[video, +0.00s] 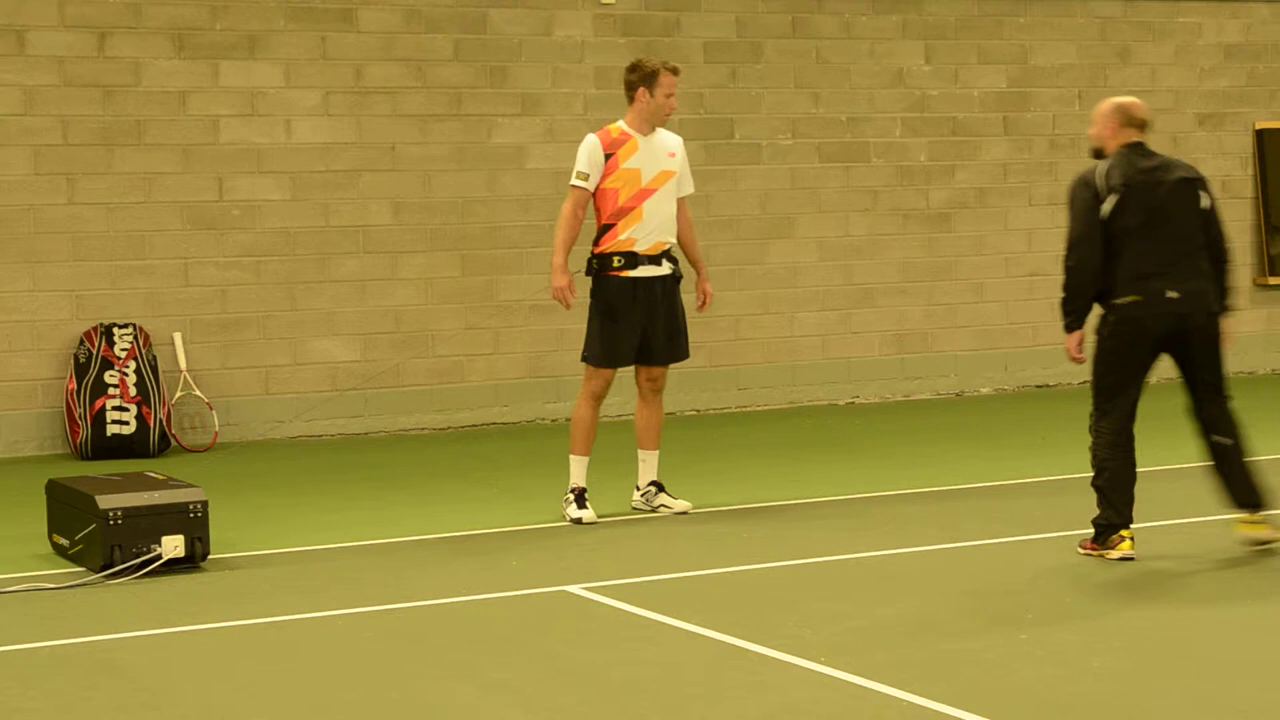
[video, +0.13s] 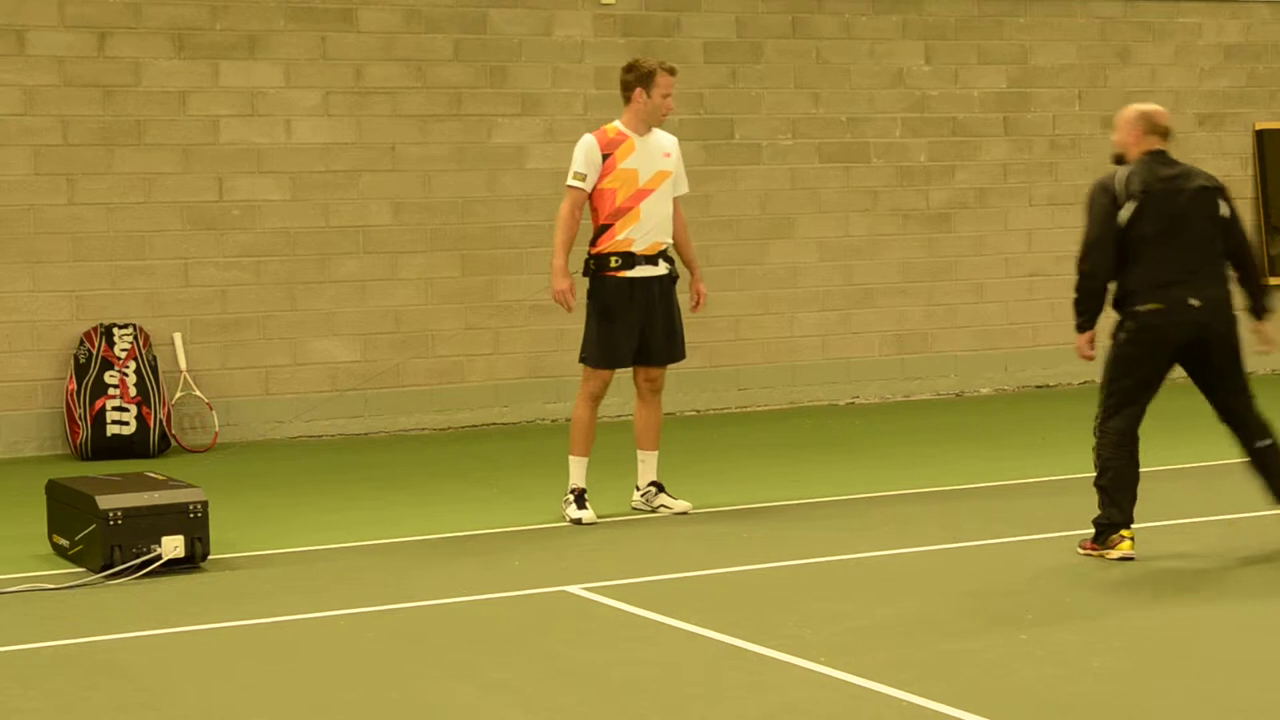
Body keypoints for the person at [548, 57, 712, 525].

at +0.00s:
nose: (675, 104)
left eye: (676, 95)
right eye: (669, 96)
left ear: (658, 98)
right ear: (642, 96)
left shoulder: (673, 146)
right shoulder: (599, 144)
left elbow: (682, 215)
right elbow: (574, 208)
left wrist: (700, 269)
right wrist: (559, 267)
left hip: (662, 280)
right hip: (615, 281)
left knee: (652, 382)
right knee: (596, 385)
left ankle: (648, 487)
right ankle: (577, 490)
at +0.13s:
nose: (672, 104)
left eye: (672, 96)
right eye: (666, 96)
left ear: (653, 98)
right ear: (639, 96)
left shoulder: (668, 146)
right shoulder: (596, 144)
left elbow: (675, 214)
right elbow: (571, 209)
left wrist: (694, 269)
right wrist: (560, 269)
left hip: (659, 280)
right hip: (611, 282)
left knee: (651, 383)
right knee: (594, 386)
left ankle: (647, 487)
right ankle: (577, 491)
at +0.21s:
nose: (668, 104)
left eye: (669, 96)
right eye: (662, 97)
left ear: (650, 98)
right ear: (635, 96)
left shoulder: (664, 145)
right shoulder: (592, 144)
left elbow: (671, 215)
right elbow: (567, 210)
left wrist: (688, 269)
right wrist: (561, 271)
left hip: (656, 280)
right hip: (609, 282)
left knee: (649, 383)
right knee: (592, 387)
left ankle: (647, 487)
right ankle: (576, 491)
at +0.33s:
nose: (662, 105)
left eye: (663, 97)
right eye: (657, 97)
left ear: (644, 98)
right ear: (629, 96)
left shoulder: (657, 145)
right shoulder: (586, 145)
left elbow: (663, 214)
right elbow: (562, 213)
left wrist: (680, 270)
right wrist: (561, 274)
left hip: (652, 281)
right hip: (604, 282)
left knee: (647, 384)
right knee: (589, 387)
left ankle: (647, 487)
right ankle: (576, 492)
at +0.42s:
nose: (658, 104)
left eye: (659, 97)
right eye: (653, 97)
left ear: (640, 98)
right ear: (626, 96)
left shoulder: (654, 145)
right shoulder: (583, 146)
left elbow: (661, 215)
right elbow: (559, 215)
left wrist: (677, 269)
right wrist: (560, 275)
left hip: (650, 280)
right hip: (602, 282)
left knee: (647, 384)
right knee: (588, 387)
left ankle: (647, 487)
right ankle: (576, 492)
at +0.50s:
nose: (656, 104)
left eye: (657, 97)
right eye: (651, 96)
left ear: (637, 98)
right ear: (623, 96)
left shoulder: (652, 144)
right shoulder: (581, 147)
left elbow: (659, 214)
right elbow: (558, 215)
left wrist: (676, 268)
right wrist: (558, 275)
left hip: (649, 281)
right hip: (601, 283)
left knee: (646, 384)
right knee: (587, 387)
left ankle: (647, 487)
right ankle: (576, 493)